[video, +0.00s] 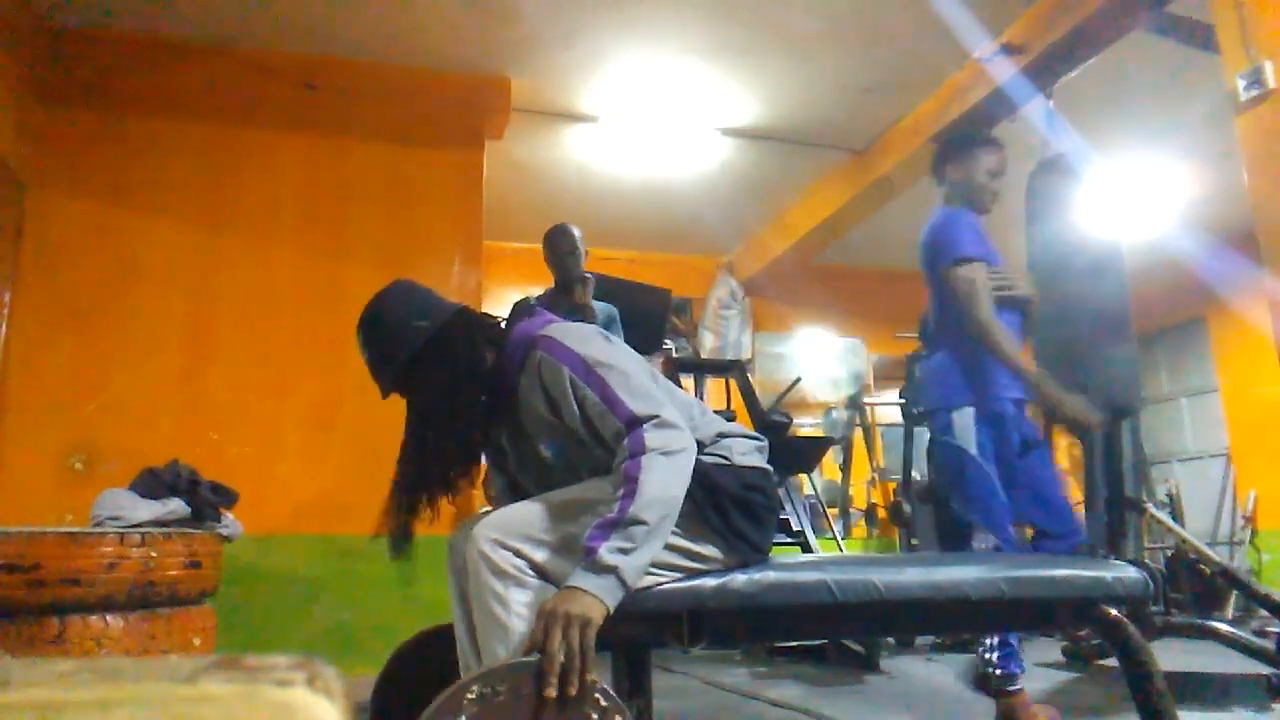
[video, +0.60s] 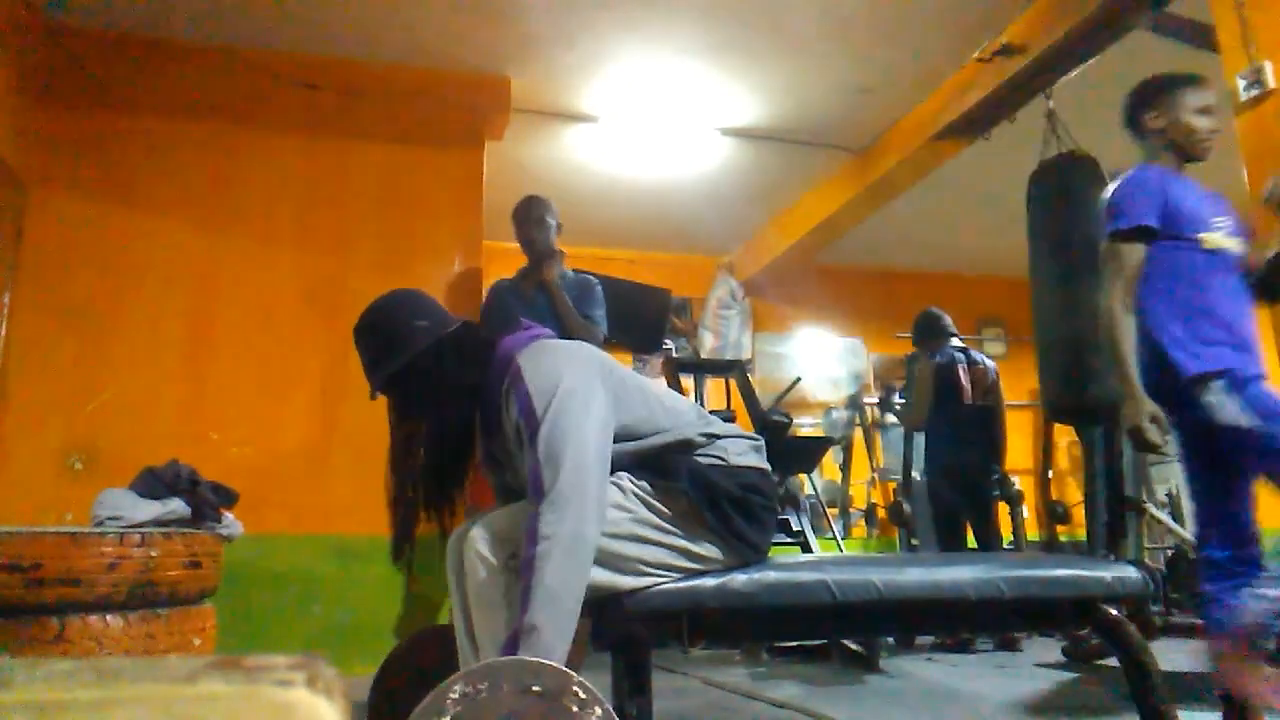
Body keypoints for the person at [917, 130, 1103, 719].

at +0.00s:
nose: (999, 187)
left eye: (1001, 176)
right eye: (990, 174)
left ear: (963, 173)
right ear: (952, 170)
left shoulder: (970, 234)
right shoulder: (952, 227)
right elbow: (978, 321)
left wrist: (1025, 301)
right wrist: (1053, 394)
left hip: (1003, 406)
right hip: (967, 407)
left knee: (1064, 531)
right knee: (993, 539)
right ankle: (1006, 684)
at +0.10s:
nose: (1030, 176)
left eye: (1033, 165)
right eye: (1021, 163)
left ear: (1006, 166)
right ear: (983, 162)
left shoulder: (1007, 226)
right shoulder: (977, 216)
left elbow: (1012, 304)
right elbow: (1001, 308)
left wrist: (1061, 296)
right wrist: (1090, 373)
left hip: (1037, 404)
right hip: (988, 406)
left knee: (1105, 525)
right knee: (1006, 541)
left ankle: (1093, 672)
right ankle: (1012, 687)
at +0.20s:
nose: (1061, 157)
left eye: (1060, 146)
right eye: (1047, 145)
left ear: (1042, 156)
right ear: (1010, 154)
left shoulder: (1045, 224)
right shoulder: (1009, 213)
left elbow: (1059, 318)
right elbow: (1025, 308)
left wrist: (1108, 318)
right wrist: (1116, 366)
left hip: (1069, 400)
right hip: (1020, 404)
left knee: (1128, 531)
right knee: (1025, 543)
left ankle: (1178, 681)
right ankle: (1019, 693)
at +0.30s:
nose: (1089, 152)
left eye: (1089, 141)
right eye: (1078, 142)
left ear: (1066, 150)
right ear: (1045, 150)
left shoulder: (1085, 217)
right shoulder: (1042, 208)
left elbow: (1093, 311)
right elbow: (1047, 306)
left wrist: (1144, 318)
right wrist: (1127, 370)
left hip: (1115, 405)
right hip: (1068, 406)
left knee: (1167, 548)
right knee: (1068, 550)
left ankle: (1222, 695)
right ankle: (1025, 695)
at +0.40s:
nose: (1134, 149)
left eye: (1133, 138)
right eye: (1121, 138)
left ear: (1127, 144)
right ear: (1086, 145)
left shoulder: (1130, 215)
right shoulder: (1079, 208)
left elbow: (1143, 316)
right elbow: (1074, 307)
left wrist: (1192, 304)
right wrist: (1127, 386)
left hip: (1161, 399)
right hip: (1119, 404)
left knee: (1199, 545)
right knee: (1144, 549)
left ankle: (1234, 692)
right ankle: (1052, 673)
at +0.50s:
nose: (1175, 136)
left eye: (1175, 126)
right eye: (1162, 124)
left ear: (1135, 137)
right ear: (1118, 134)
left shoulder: (1158, 206)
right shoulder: (1112, 192)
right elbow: (1096, 298)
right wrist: (1122, 392)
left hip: (1201, 392)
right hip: (1177, 394)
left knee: (1209, 538)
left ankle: (1234, 688)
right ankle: (1123, 639)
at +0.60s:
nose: (1214, 124)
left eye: (1215, 114)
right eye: (1201, 113)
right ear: (1155, 120)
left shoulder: (1212, 203)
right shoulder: (1142, 186)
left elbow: (1248, 280)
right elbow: (1115, 297)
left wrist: (1268, 246)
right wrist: (1132, 394)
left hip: (1236, 376)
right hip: (1203, 379)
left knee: (1228, 535)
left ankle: (1238, 673)